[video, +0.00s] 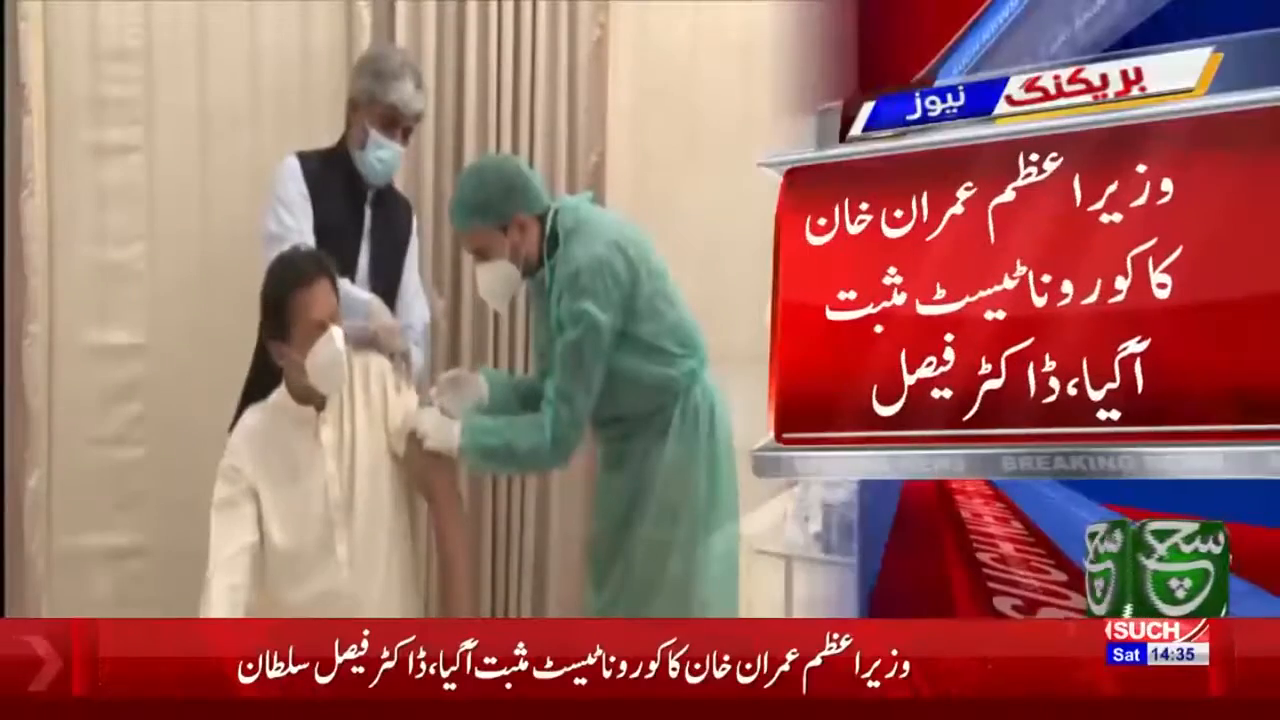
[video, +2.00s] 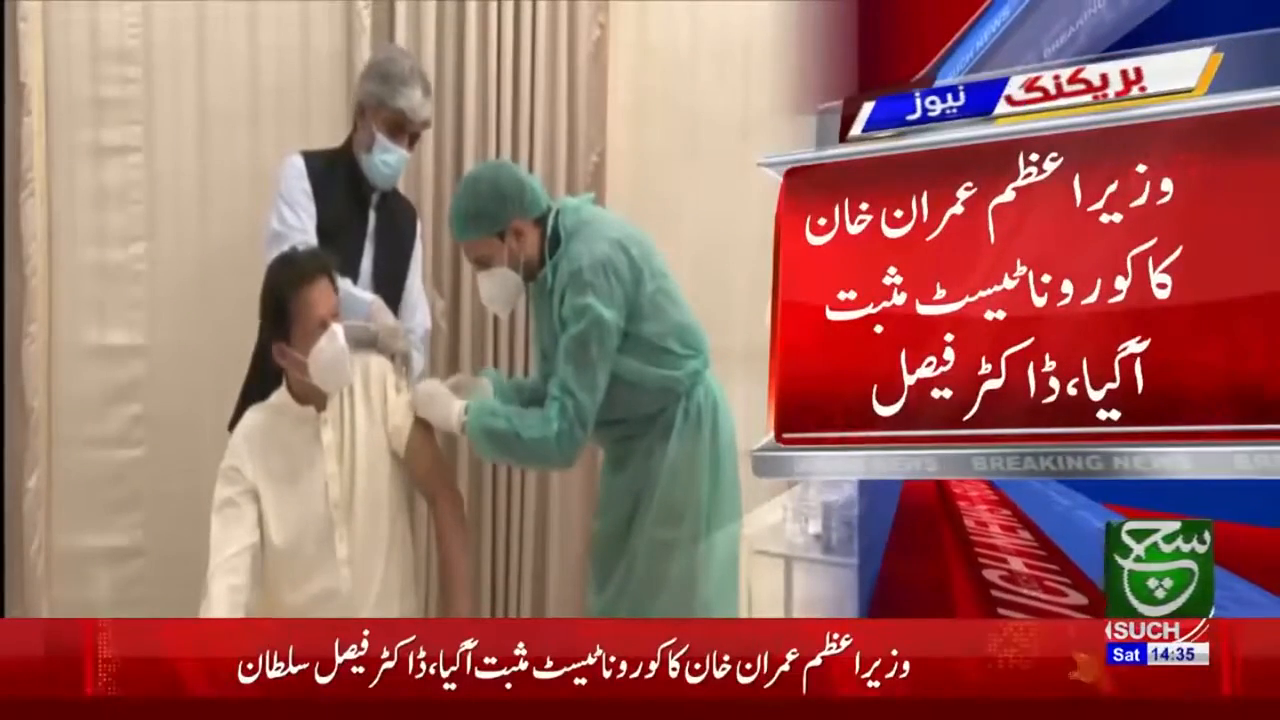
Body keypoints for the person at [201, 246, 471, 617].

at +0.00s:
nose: (337, 342)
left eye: (337, 324)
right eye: (318, 333)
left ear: (346, 322)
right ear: (280, 350)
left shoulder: (375, 379)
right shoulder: (252, 437)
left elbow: (442, 489)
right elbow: (228, 574)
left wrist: (460, 614)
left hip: (389, 615)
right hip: (294, 626)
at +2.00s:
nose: (337, 337)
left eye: (338, 321)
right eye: (320, 330)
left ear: (348, 320)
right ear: (282, 352)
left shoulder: (375, 381)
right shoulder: (254, 435)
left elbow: (444, 496)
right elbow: (230, 570)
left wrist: (460, 614)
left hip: (390, 619)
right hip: (293, 632)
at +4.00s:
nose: (332, 337)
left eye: (335, 321)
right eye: (315, 329)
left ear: (344, 319)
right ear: (280, 346)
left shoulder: (375, 380)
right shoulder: (253, 435)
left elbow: (442, 496)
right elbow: (227, 570)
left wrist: (458, 615)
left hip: (388, 617)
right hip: (293, 630)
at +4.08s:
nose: (337, 336)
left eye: (338, 318)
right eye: (319, 326)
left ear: (347, 316)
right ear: (281, 346)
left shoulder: (375, 381)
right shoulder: (253, 434)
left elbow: (442, 496)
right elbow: (227, 570)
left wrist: (458, 615)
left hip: (389, 618)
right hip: (293, 633)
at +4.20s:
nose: (260, 323)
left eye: (270, 303)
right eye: (238, 312)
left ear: (289, 310)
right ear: (208, 343)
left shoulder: (341, 386)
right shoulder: (178, 472)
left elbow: (431, 526)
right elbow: (153, 624)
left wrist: (457, 642)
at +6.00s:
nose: (265, 333)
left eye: (274, 311)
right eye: (244, 321)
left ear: (294, 314)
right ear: (212, 349)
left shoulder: (345, 392)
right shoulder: (179, 482)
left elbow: (430, 535)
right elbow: (159, 638)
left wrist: (454, 646)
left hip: (364, 673)